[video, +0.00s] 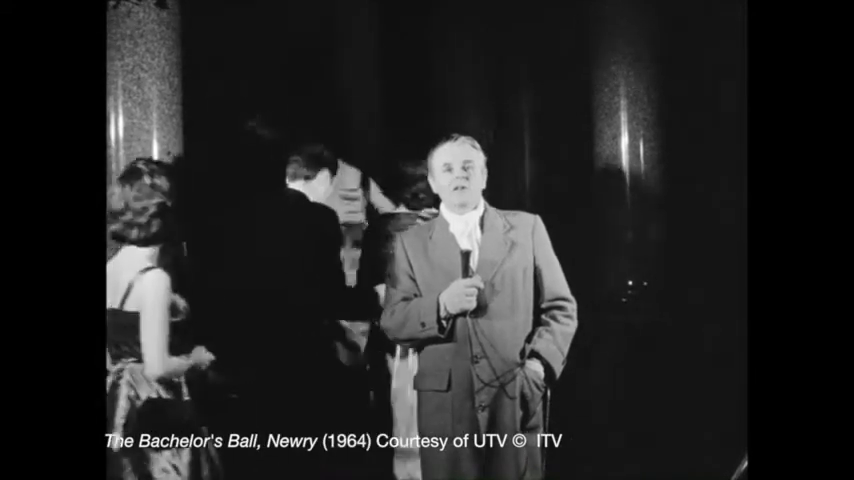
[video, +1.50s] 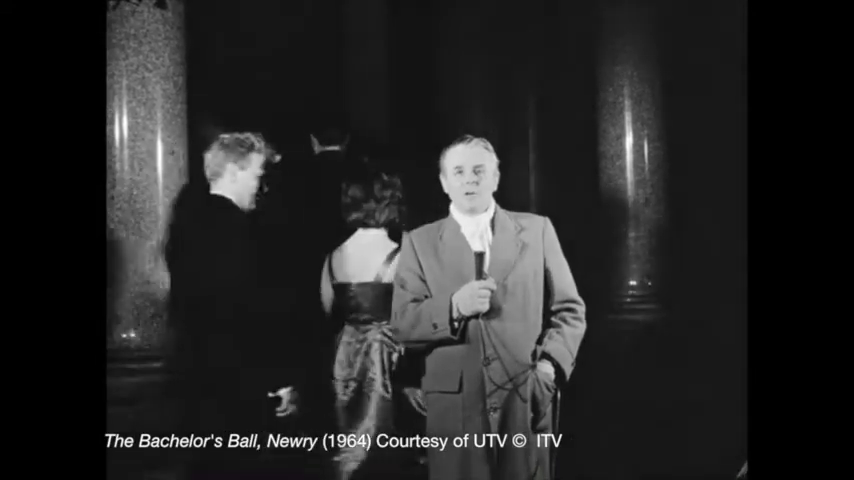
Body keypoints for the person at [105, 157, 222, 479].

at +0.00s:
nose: (180, 221)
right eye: (177, 213)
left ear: (121, 212)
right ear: (164, 218)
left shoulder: (113, 267)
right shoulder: (153, 279)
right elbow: (156, 368)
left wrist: (161, 307)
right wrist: (194, 360)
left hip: (116, 404)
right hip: (149, 411)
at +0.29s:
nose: (238, 226)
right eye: (233, 217)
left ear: (182, 217)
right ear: (227, 223)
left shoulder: (166, 275)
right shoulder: (222, 282)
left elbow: (162, 358)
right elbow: (229, 368)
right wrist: (256, 354)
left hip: (170, 405)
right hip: (215, 409)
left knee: (173, 472)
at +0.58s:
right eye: (292, 204)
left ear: (238, 208)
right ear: (288, 211)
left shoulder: (220, 266)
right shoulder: (290, 270)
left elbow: (205, 340)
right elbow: (300, 351)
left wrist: (214, 387)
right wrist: (316, 336)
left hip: (228, 383)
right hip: (275, 388)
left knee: (231, 465)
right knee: (276, 467)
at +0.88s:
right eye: (332, 201)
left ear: (281, 208)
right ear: (328, 209)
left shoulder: (262, 266)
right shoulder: (338, 267)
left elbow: (242, 338)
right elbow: (351, 345)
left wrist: (241, 393)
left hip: (273, 376)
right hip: (320, 379)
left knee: (280, 462)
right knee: (327, 464)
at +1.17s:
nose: (361, 202)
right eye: (358, 196)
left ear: (314, 204)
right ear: (355, 203)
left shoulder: (298, 260)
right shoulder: (366, 260)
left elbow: (283, 335)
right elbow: (375, 336)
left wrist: (284, 381)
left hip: (307, 371)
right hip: (350, 373)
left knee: (308, 456)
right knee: (351, 456)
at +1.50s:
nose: (399, 207)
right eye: (395, 201)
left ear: (352, 206)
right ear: (392, 206)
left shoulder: (334, 257)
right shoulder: (400, 255)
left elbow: (327, 305)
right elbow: (409, 307)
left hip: (347, 347)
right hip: (387, 348)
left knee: (349, 427)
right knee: (386, 426)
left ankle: (349, 469)